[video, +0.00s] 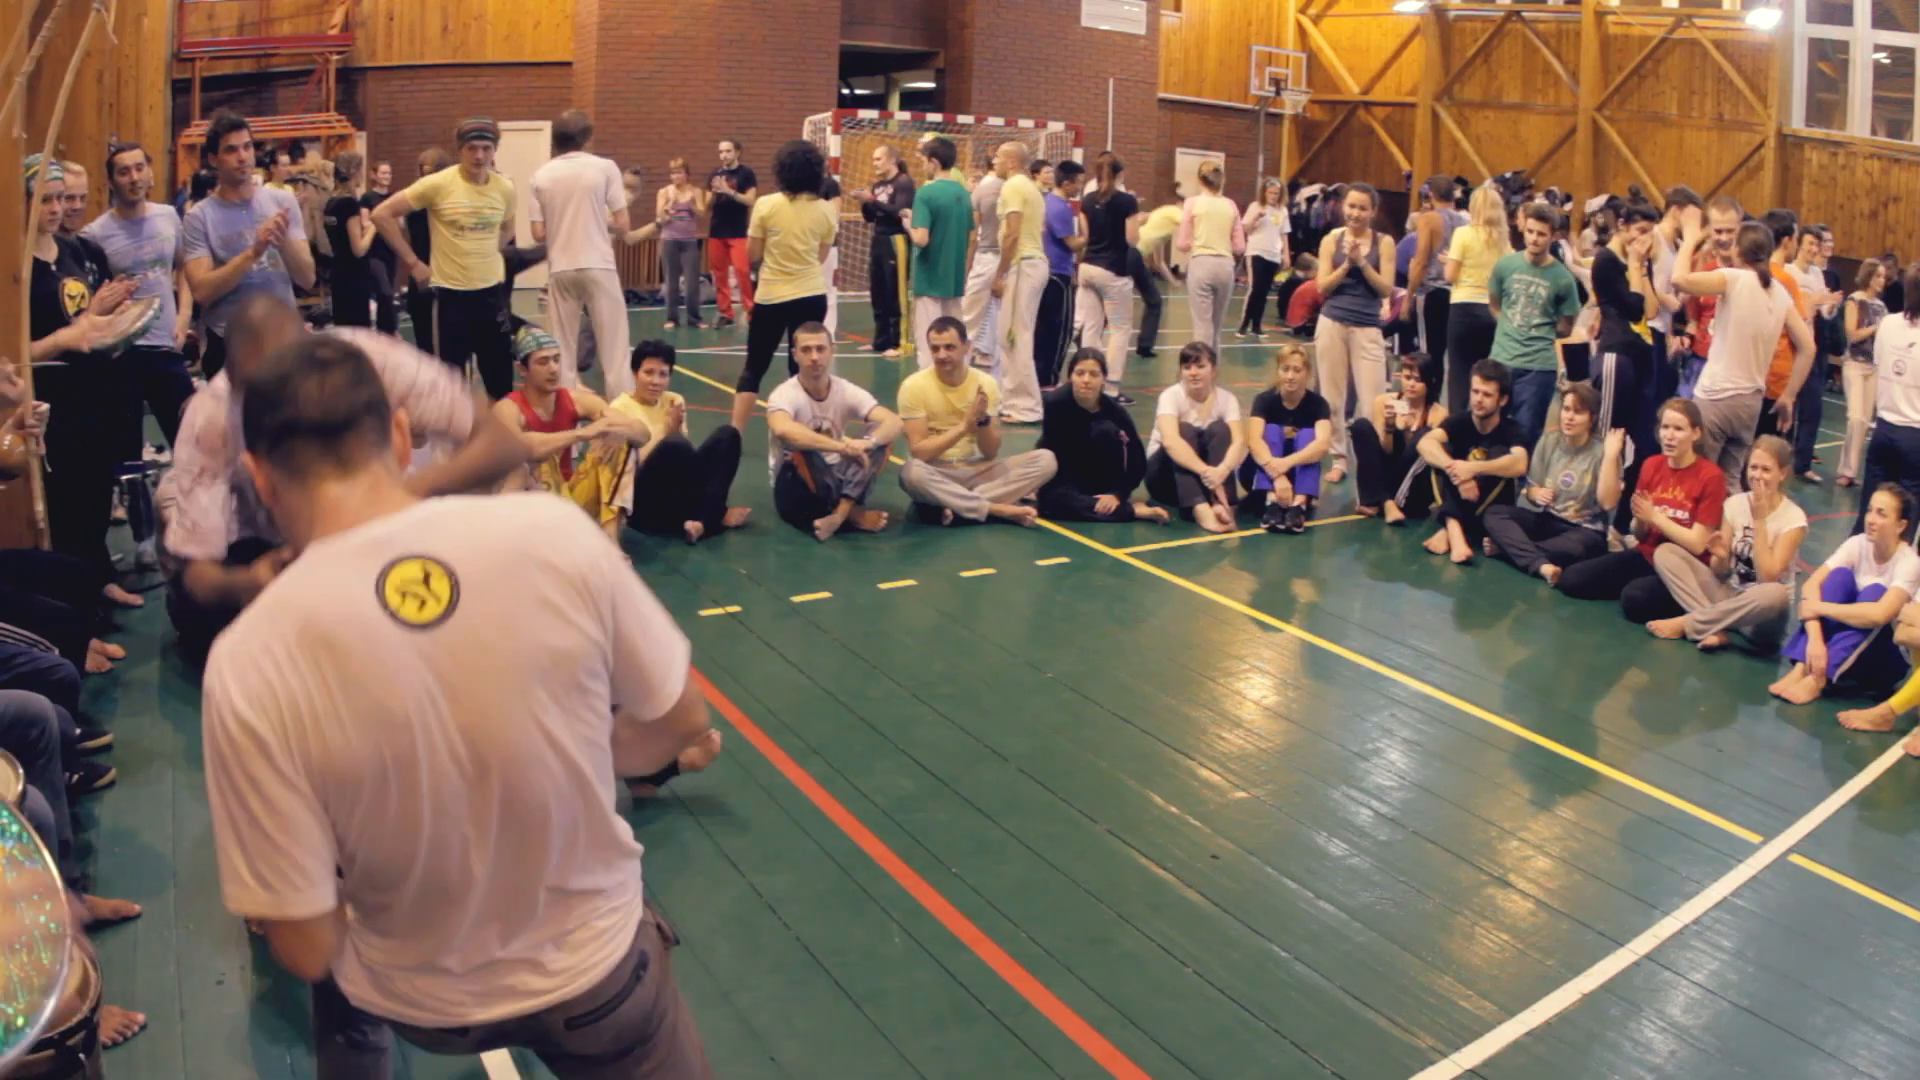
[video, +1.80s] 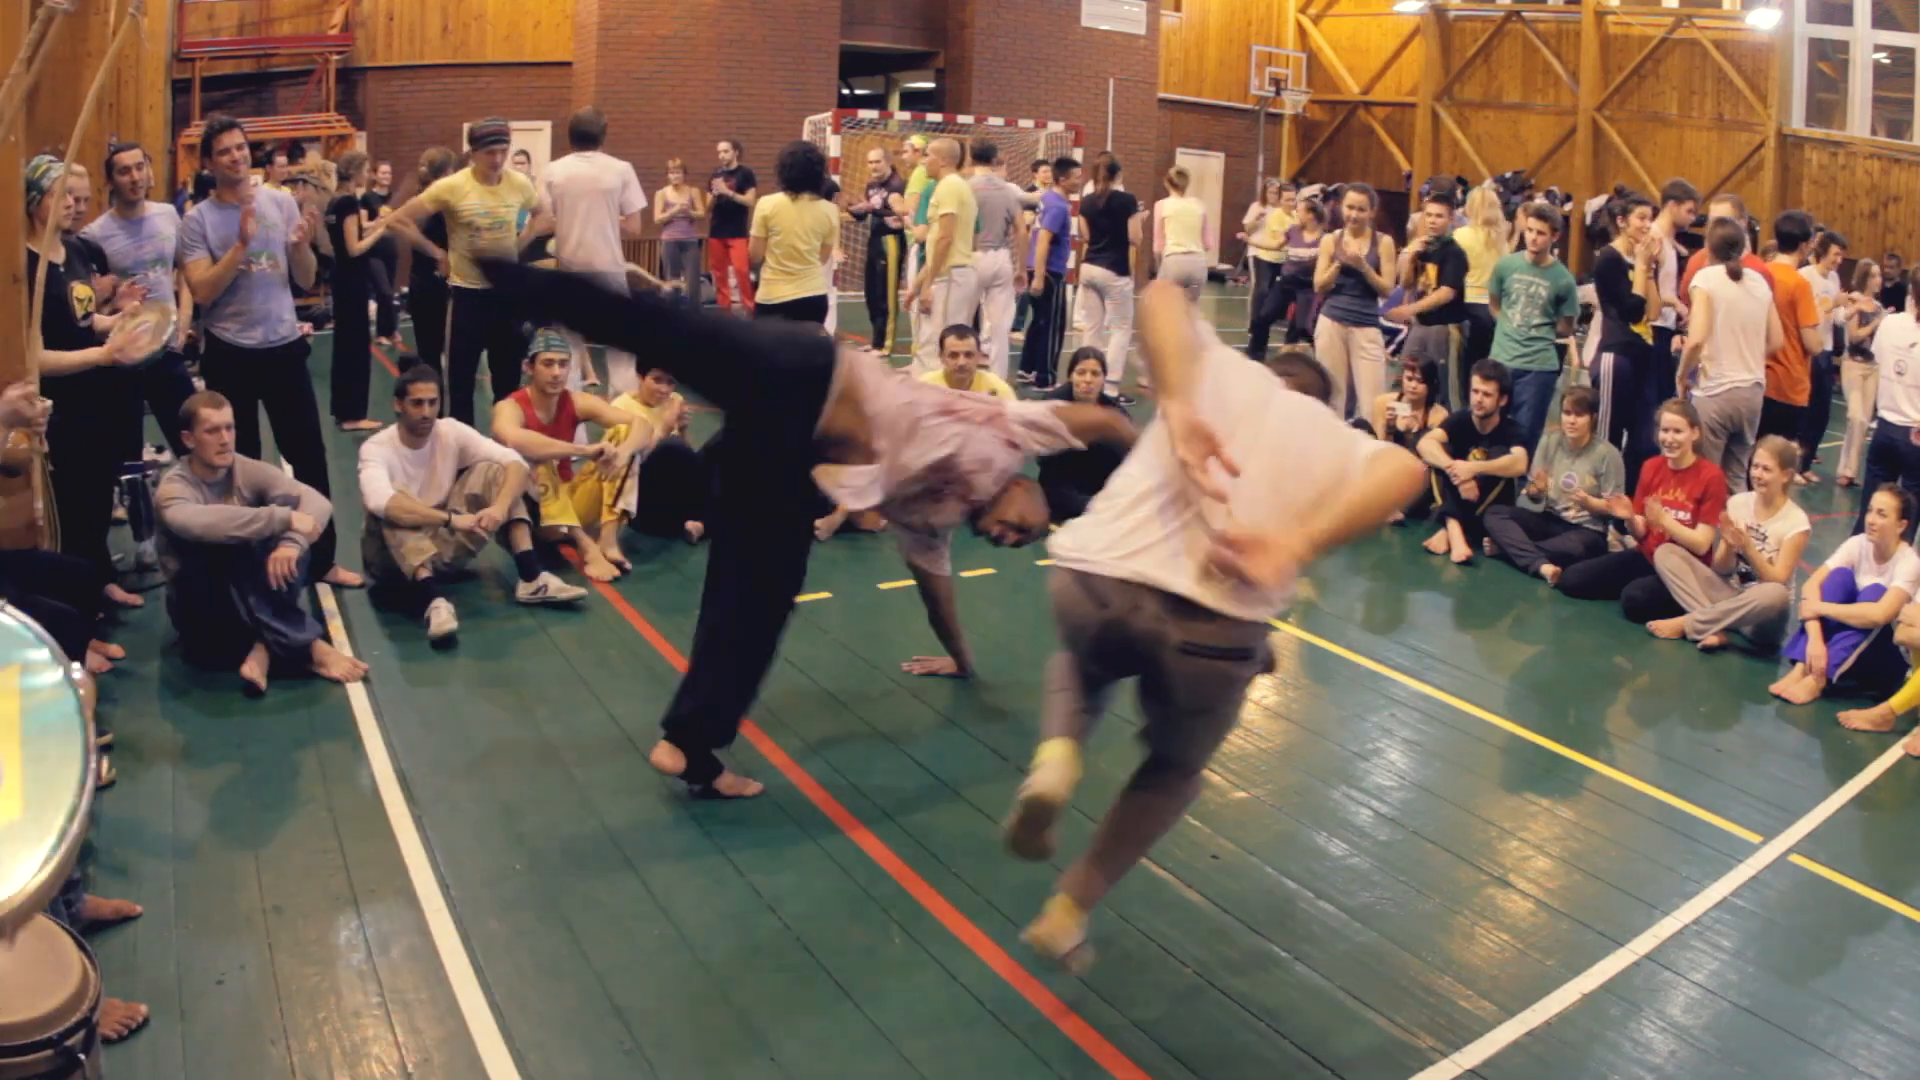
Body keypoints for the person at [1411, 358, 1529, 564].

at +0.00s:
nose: (1479, 400)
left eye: (1487, 395)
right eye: (1475, 392)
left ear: (1503, 400)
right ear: (1469, 392)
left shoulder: (1510, 429)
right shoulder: (1459, 420)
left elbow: (1520, 465)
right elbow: (1426, 444)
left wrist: (1473, 467)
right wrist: (1459, 475)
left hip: (1492, 509)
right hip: (1454, 504)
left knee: (1500, 456)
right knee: (1437, 455)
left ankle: (1449, 528)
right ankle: (1454, 530)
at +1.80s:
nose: (1478, 399)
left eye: (1487, 395)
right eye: (1475, 392)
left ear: (1502, 400)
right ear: (1469, 391)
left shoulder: (1510, 428)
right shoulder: (1460, 419)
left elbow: (1519, 464)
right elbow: (1426, 443)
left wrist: (1473, 468)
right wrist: (1459, 474)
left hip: (1492, 509)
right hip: (1454, 503)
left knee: (1499, 456)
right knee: (1438, 455)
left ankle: (1449, 527)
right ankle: (1454, 528)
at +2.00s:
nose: (1478, 400)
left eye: (1487, 395)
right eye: (1475, 392)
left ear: (1502, 400)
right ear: (1469, 392)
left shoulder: (1510, 428)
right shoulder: (1460, 420)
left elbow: (1519, 465)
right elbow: (1425, 443)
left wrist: (1473, 468)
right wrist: (1458, 474)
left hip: (1494, 509)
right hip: (1458, 503)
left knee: (1499, 455)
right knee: (1438, 453)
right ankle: (1452, 524)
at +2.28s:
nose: (1479, 399)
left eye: (1487, 394)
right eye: (1475, 392)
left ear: (1503, 400)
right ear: (1469, 392)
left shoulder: (1510, 428)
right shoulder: (1458, 420)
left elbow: (1519, 465)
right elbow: (1425, 443)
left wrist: (1473, 468)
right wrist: (1452, 467)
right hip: (1453, 501)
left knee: (1499, 454)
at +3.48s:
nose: (1479, 399)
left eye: (1487, 395)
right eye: (1475, 392)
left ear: (1503, 400)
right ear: (1469, 392)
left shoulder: (1510, 429)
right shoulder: (1459, 422)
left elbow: (1519, 464)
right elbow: (1426, 443)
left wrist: (1473, 467)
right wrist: (1458, 473)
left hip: (1492, 512)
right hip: (1453, 503)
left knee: (1502, 457)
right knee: (1438, 457)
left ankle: (1450, 529)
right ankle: (1454, 529)